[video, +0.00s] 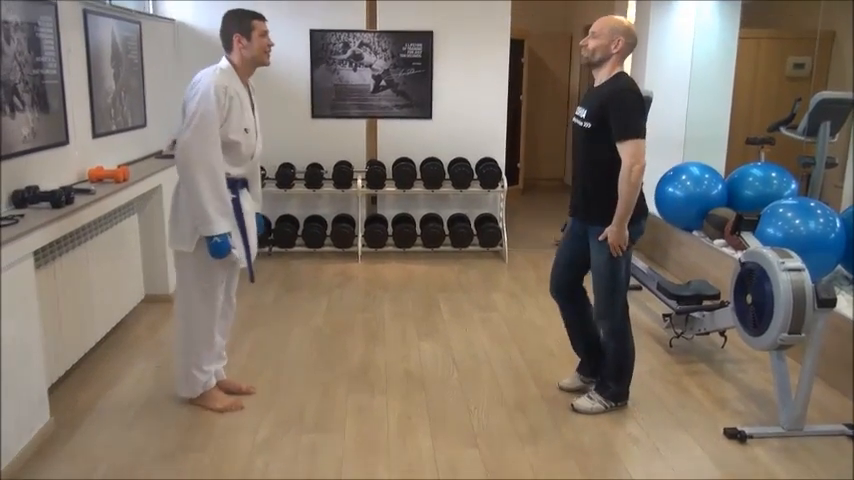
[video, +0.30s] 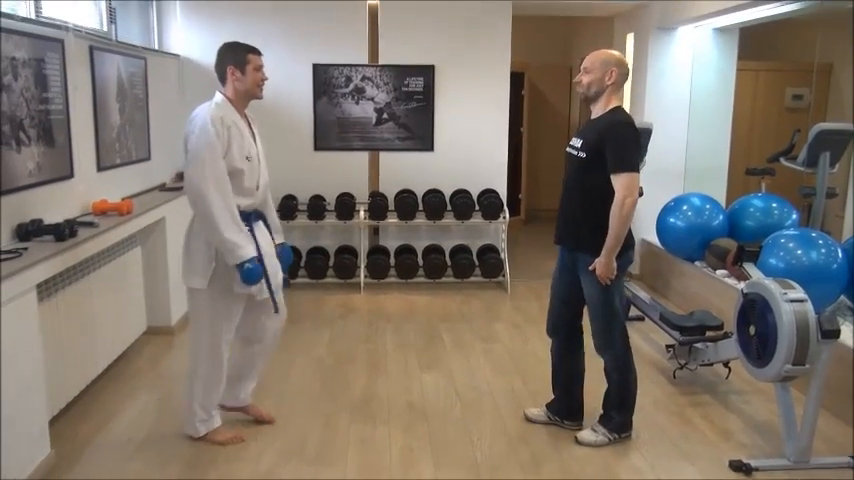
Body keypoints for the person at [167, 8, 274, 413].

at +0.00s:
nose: (271, 42)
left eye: (269, 35)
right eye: (264, 36)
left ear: (244, 42)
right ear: (240, 41)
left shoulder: (243, 87)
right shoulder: (211, 86)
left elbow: (244, 158)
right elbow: (197, 158)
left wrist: (254, 209)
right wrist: (214, 227)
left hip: (233, 202)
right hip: (207, 204)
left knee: (224, 295)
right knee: (203, 297)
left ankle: (214, 372)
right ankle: (197, 386)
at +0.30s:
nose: (265, 78)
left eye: (263, 70)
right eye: (258, 70)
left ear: (237, 75)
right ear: (233, 74)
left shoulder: (245, 120)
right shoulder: (208, 119)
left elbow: (260, 188)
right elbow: (208, 192)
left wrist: (276, 238)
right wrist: (242, 255)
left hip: (253, 234)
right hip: (218, 238)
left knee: (267, 319)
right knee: (213, 333)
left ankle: (235, 397)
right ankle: (201, 422)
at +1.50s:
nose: (361, 76)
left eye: (363, 69)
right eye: (356, 66)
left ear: (336, 70)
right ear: (332, 67)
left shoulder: (338, 112)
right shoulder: (305, 102)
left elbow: (356, 169)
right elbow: (339, 163)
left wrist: (398, 192)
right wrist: (396, 174)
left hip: (304, 211)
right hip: (267, 206)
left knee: (306, 298)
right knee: (244, 302)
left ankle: (309, 383)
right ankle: (221, 394)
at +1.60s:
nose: (360, 69)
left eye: (362, 63)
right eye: (355, 61)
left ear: (337, 64)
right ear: (330, 60)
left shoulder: (337, 106)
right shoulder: (304, 97)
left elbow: (360, 158)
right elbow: (338, 159)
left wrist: (399, 190)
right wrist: (394, 175)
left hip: (304, 207)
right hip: (268, 201)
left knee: (307, 293)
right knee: (244, 296)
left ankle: (310, 379)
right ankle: (221, 388)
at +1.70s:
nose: (360, 64)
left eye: (361, 57)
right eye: (354, 55)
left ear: (335, 58)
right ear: (330, 55)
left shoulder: (338, 101)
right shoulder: (302, 91)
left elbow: (360, 155)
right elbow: (340, 153)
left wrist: (399, 181)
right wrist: (395, 164)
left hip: (305, 201)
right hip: (268, 197)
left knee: (307, 288)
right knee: (246, 292)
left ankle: (311, 374)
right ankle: (222, 383)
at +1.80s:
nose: (358, 58)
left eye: (359, 51)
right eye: (352, 49)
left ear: (339, 53)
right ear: (327, 49)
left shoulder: (337, 95)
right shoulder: (300, 87)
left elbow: (362, 150)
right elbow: (339, 151)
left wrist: (403, 176)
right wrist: (396, 166)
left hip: (306, 198)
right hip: (269, 192)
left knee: (308, 284)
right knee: (247, 288)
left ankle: (312, 370)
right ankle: (223, 378)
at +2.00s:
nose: (350, 49)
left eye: (351, 42)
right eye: (344, 41)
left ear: (331, 46)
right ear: (319, 44)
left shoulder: (335, 91)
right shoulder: (293, 82)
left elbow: (362, 139)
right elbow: (338, 140)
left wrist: (401, 167)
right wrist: (398, 155)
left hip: (303, 192)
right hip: (264, 187)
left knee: (307, 278)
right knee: (244, 281)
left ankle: (314, 364)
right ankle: (223, 372)